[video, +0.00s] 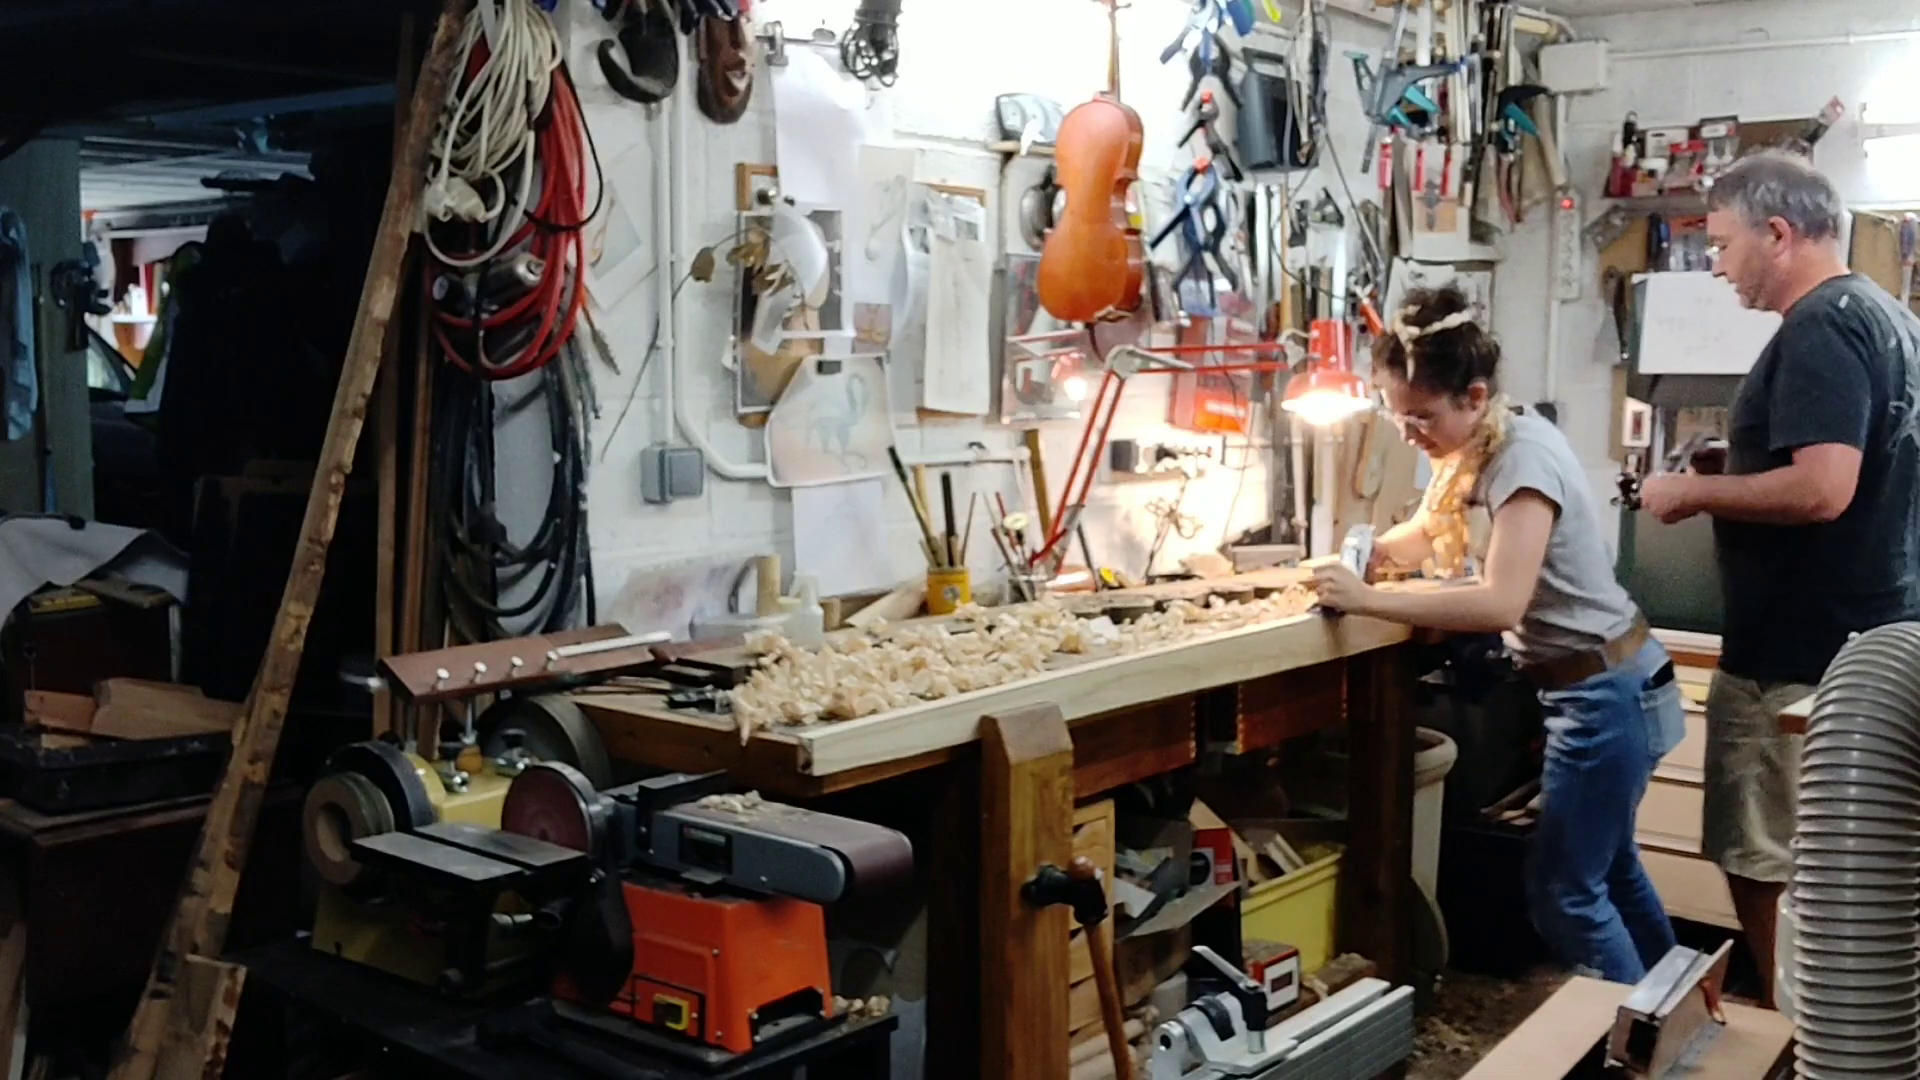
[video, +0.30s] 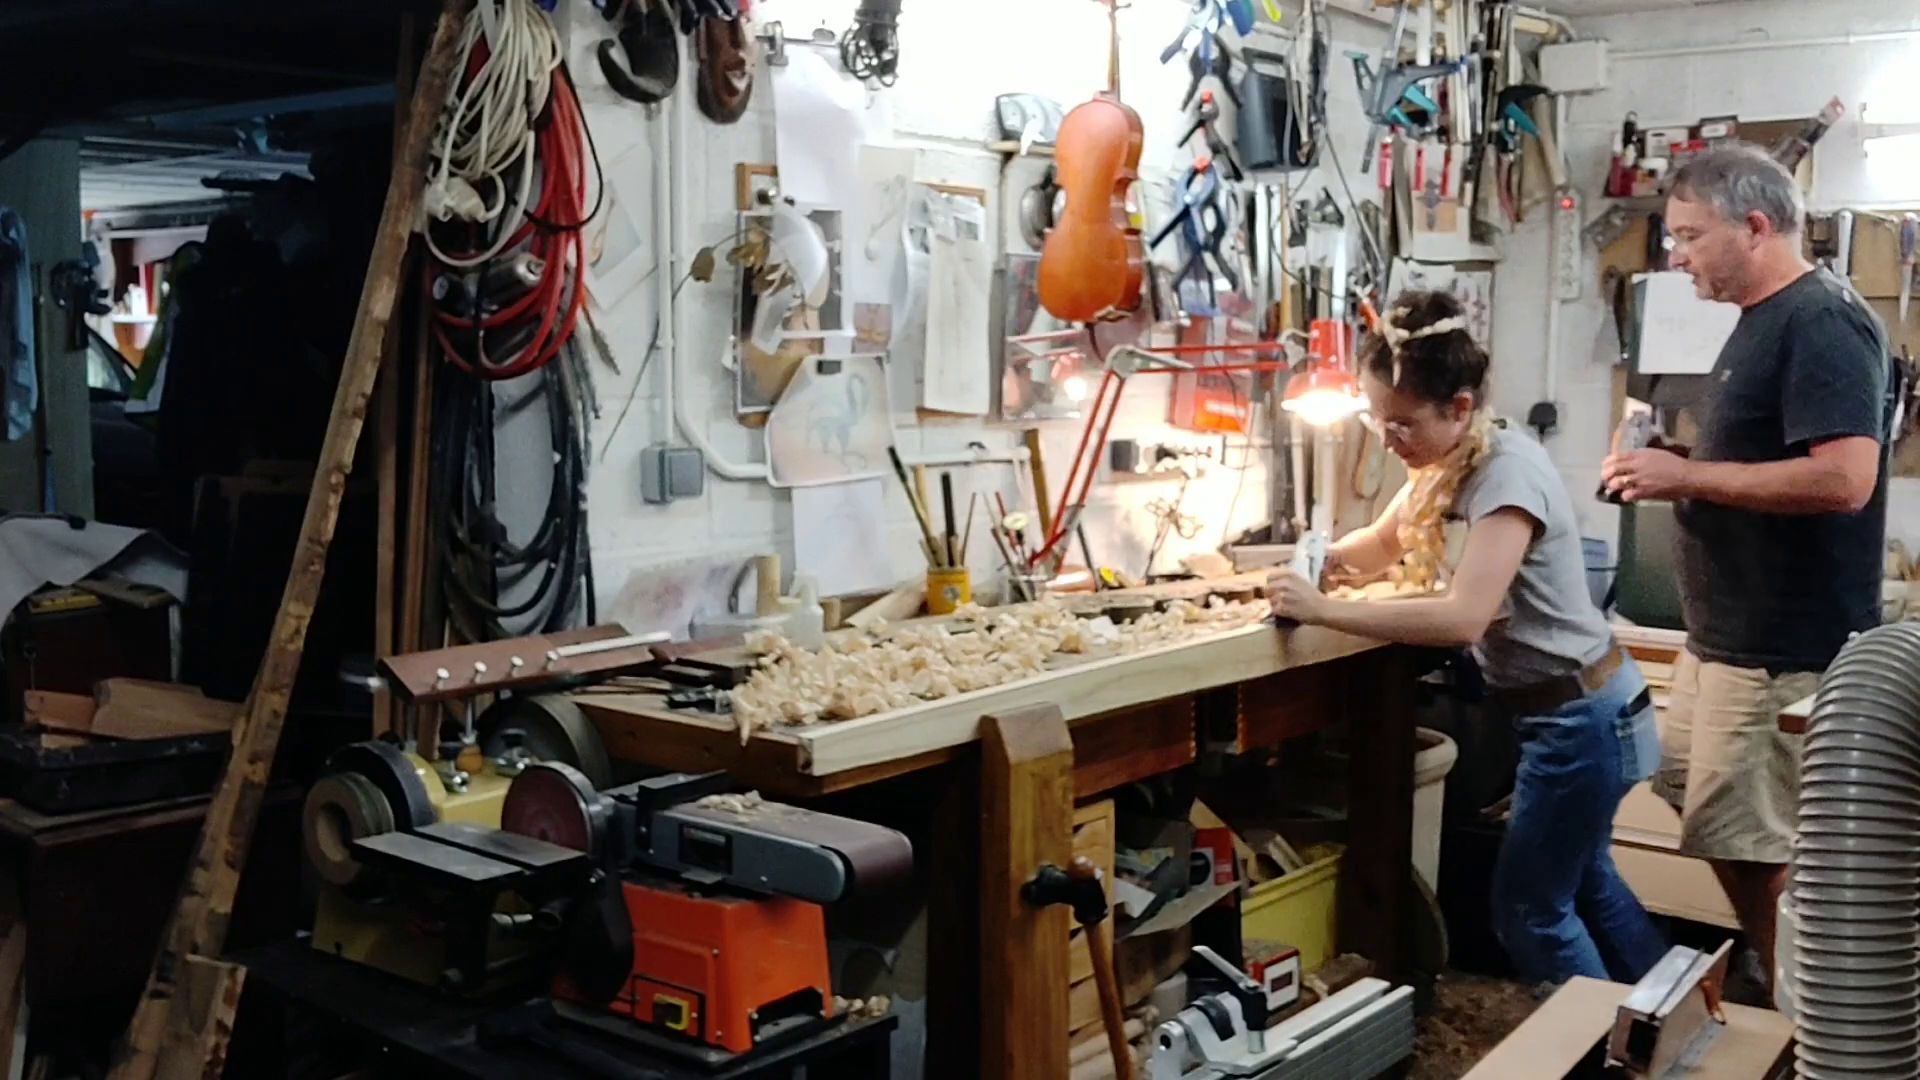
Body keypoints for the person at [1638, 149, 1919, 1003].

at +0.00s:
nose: (1715, 266)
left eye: (1721, 243)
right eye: (1712, 247)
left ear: (1780, 233)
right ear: (1796, 235)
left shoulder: (1825, 322)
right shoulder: (1877, 315)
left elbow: (1821, 487)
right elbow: (1849, 479)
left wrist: (1697, 491)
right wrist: (1719, 474)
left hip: (1791, 663)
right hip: (1857, 657)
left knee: (1764, 866)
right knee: (1836, 860)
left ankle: (1783, 1028)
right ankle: (1825, 1026)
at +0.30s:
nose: (1679, 261)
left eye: (1688, 238)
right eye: (1676, 242)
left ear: (1753, 226)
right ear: (1753, 231)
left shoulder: (1821, 317)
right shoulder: (1764, 320)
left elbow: (1845, 478)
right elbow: (1763, 461)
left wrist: (1686, 475)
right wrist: (1671, 457)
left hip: (1780, 648)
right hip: (1730, 636)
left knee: (1753, 841)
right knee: (1714, 808)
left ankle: (1780, 995)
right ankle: (1767, 967)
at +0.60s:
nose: (1638, 261)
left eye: (1655, 241)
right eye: (1629, 244)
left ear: (1721, 233)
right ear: (1627, 246)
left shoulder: (1799, 319)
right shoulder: (1660, 339)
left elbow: (1862, 467)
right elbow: (1662, 452)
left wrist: (1707, 475)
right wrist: (1611, 460)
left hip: (1754, 643)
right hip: (1656, 629)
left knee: (1748, 841)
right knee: (1662, 818)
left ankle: (1783, 1009)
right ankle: (1677, 976)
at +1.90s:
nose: (1587, 281)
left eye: (1600, 259)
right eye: (1578, 265)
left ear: (1661, 242)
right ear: (1577, 260)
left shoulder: (1736, 325)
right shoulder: (1604, 339)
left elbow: (1725, 477)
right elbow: (1583, 457)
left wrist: (1579, 509)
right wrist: (1547, 491)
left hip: (1727, 631)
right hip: (1625, 623)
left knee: (1742, 822)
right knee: (1649, 805)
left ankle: (1755, 1001)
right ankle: (1673, 968)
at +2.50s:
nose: (1488, 373)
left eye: (1495, 354)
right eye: (1478, 359)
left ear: (1549, 322)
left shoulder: (1639, 375)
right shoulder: (1538, 395)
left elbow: (1663, 537)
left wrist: (1546, 554)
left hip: (1705, 629)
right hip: (1607, 630)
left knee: (1695, 816)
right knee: (1608, 807)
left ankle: (1754, 999)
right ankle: (1664, 963)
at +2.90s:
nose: (1478, 367)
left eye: (1502, 347)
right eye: (1468, 349)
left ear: (1551, 324)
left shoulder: (1620, 389)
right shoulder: (1500, 390)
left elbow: (1628, 555)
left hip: (1700, 623)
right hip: (1596, 628)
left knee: (1676, 830)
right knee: (1621, 825)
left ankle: (1713, 1014)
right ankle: (1666, 995)